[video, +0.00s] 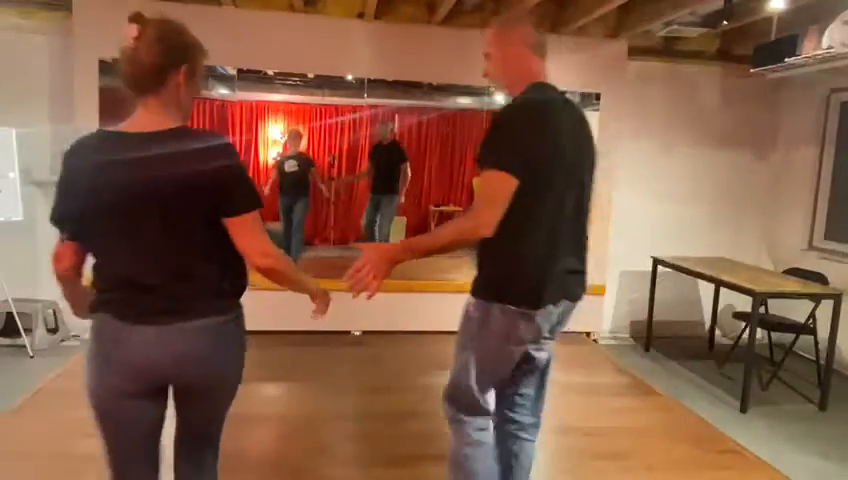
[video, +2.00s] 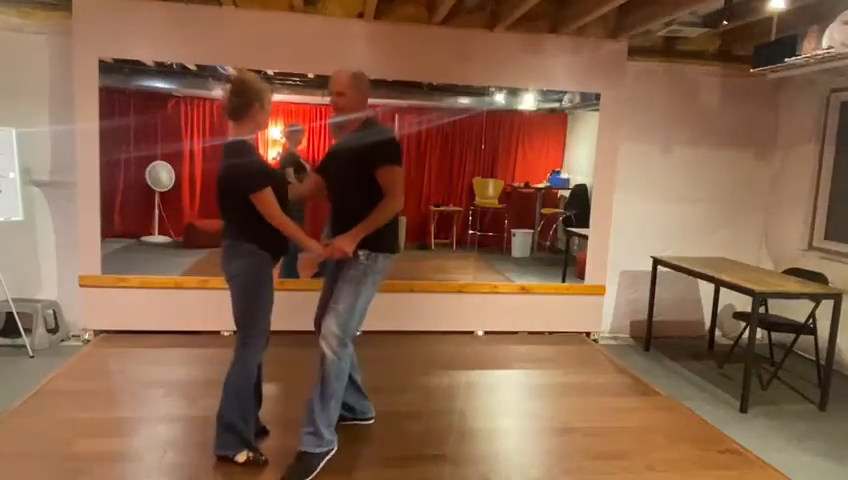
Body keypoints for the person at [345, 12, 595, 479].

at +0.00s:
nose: (486, 68)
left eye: (491, 56)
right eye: (486, 57)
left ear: (516, 52)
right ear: (530, 54)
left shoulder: (519, 118)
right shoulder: (572, 118)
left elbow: (482, 220)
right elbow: (557, 209)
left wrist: (396, 252)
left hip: (512, 292)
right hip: (559, 289)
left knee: (468, 405)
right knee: (518, 414)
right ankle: (512, 478)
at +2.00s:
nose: (333, 100)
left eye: (340, 94)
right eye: (332, 94)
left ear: (363, 96)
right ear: (336, 98)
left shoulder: (380, 137)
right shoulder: (341, 143)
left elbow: (396, 198)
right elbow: (311, 188)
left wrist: (352, 237)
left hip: (372, 250)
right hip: (342, 248)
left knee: (334, 334)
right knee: (330, 326)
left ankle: (318, 441)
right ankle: (355, 405)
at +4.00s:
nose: (301, 86)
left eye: (308, 76)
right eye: (298, 78)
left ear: (335, 76)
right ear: (315, 80)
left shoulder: (354, 127)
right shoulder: (325, 127)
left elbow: (390, 199)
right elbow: (320, 190)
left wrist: (348, 257)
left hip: (336, 262)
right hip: (321, 256)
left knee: (313, 364)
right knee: (325, 343)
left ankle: (314, 465)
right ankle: (339, 418)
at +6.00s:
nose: (281, 90)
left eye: (288, 82)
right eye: (277, 83)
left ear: (312, 82)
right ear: (276, 88)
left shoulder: (336, 120)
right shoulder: (292, 135)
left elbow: (390, 147)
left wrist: (383, 212)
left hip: (342, 250)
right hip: (317, 251)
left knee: (321, 350)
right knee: (312, 338)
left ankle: (313, 463)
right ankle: (323, 418)